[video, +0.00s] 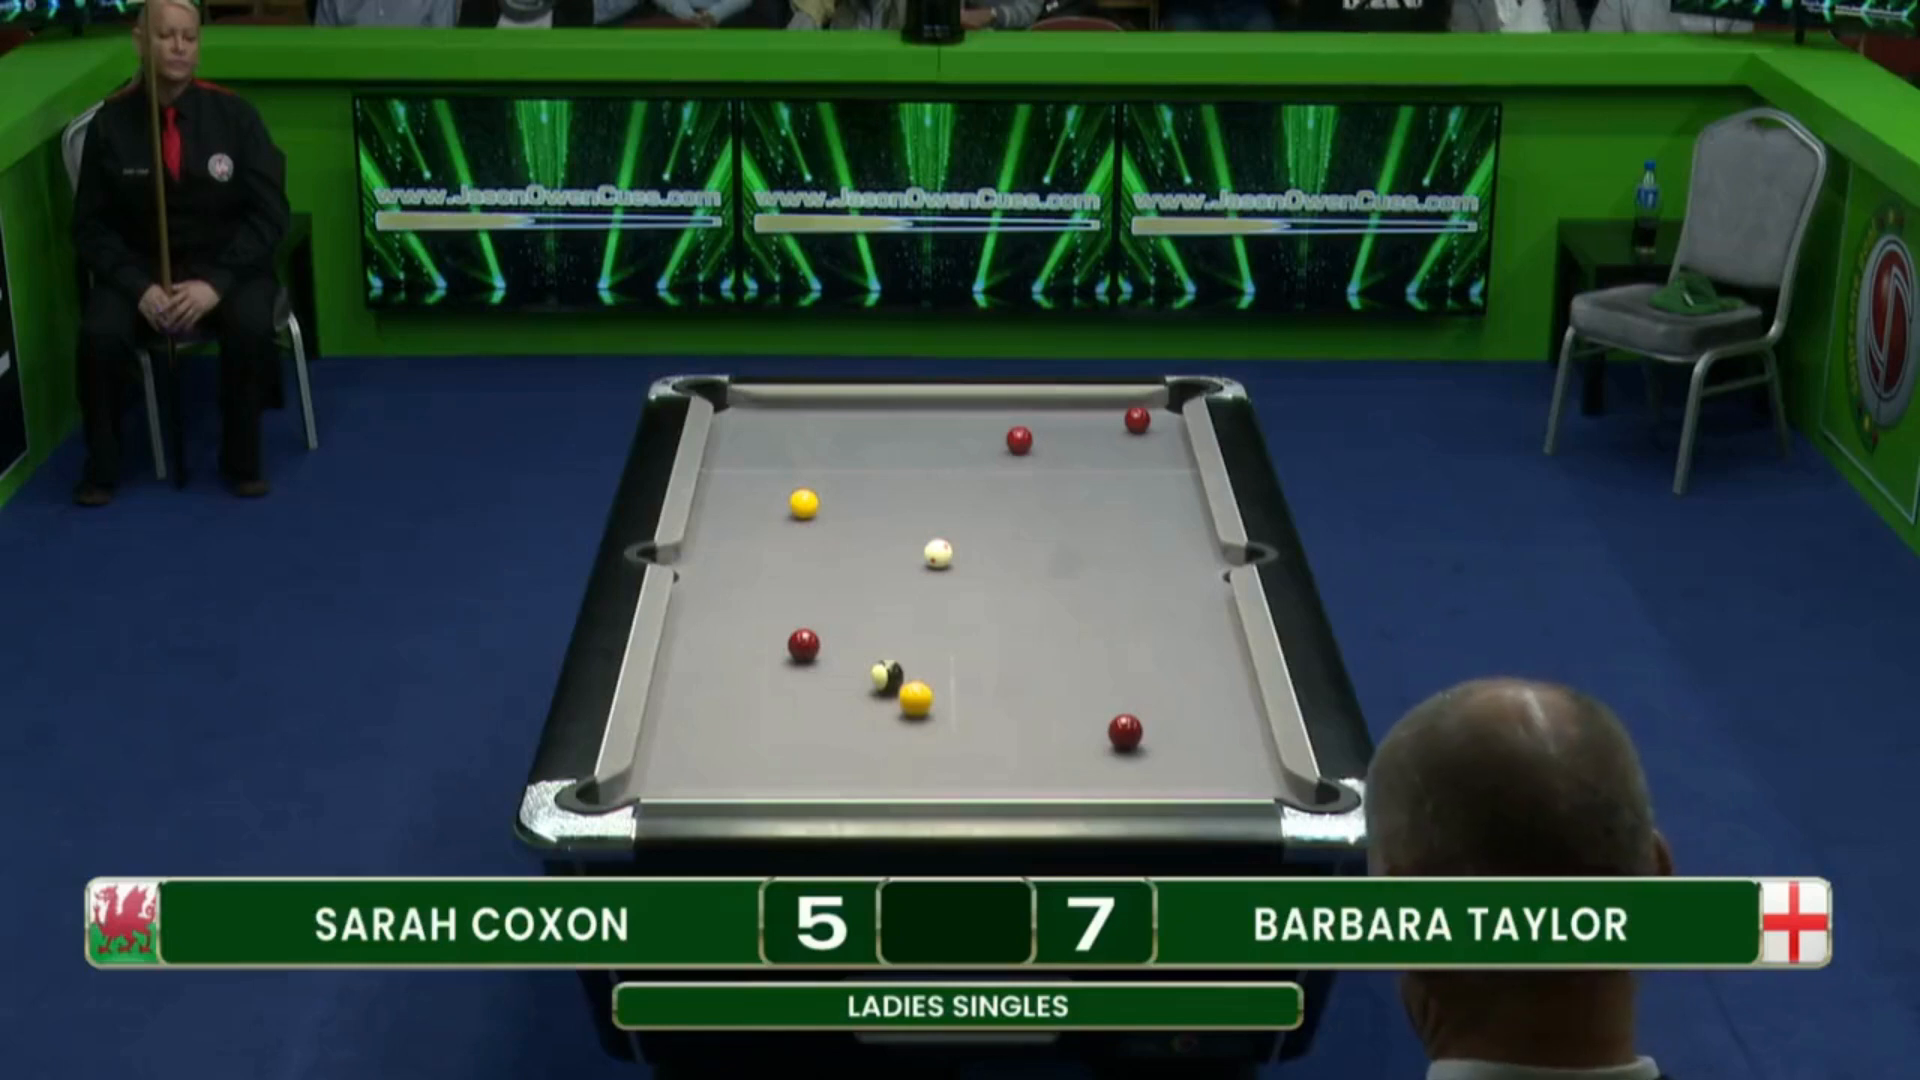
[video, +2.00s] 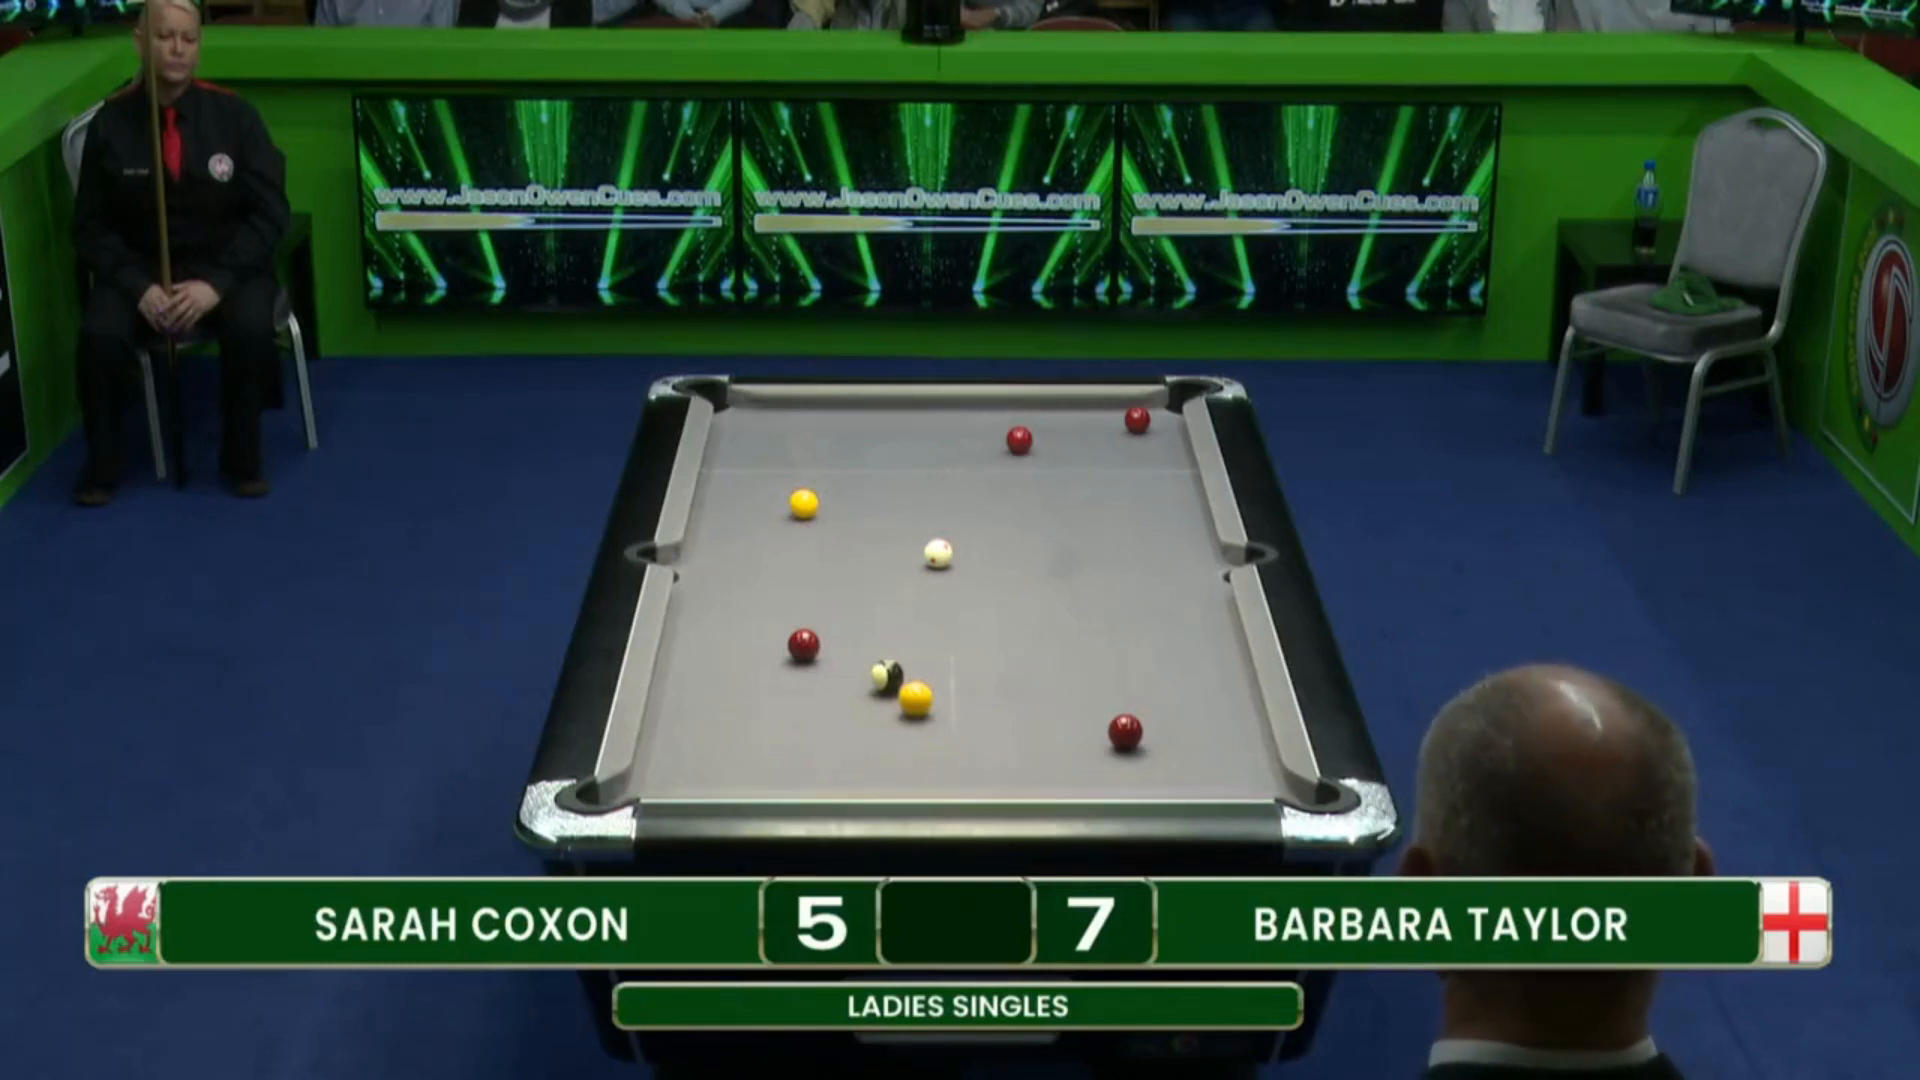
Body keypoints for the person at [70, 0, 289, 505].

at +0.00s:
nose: (180, 48)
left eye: (189, 37)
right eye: (166, 36)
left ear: (199, 44)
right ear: (141, 41)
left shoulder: (235, 115)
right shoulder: (111, 121)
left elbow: (269, 214)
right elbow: (90, 226)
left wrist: (213, 283)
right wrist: (140, 287)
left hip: (221, 267)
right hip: (138, 273)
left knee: (249, 327)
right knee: (102, 334)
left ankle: (243, 462)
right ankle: (102, 468)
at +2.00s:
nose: (178, 49)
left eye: (188, 38)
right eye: (165, 37)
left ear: (199, 44)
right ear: (141, 41)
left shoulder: (235, 115)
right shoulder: (111, 122)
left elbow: (269, 214)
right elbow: (90, 226)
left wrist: (213, 283)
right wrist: (140, 287)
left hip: (221, 267)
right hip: (138, 274)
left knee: (249, 329)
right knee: (101, 335)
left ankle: (243, 461)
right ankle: (102, 467)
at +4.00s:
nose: (179, 48)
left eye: (189, 38)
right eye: (165, 37)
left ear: (199, 44)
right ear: (141, 42)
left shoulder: (234, 115)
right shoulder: (111, 121)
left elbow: (269, 214)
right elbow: (90, 226)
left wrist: (214, 283)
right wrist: (140, 287)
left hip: (221, 267)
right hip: (138, 273)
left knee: (249, 329)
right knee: (100, 335)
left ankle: (244, 462)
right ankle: (101, 467)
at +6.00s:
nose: (179, 49)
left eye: (189, 38)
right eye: (165, 37)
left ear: (199, 44)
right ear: (140, 41)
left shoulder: (234, 115)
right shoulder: (111, 121)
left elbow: (269, 215)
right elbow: (91, 226)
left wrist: (214, 284)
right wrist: (140, 287)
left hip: (221, 268)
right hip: (139, 274)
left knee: (248, 328)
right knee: (101, 336)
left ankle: (243, 463)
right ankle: (101, 469)